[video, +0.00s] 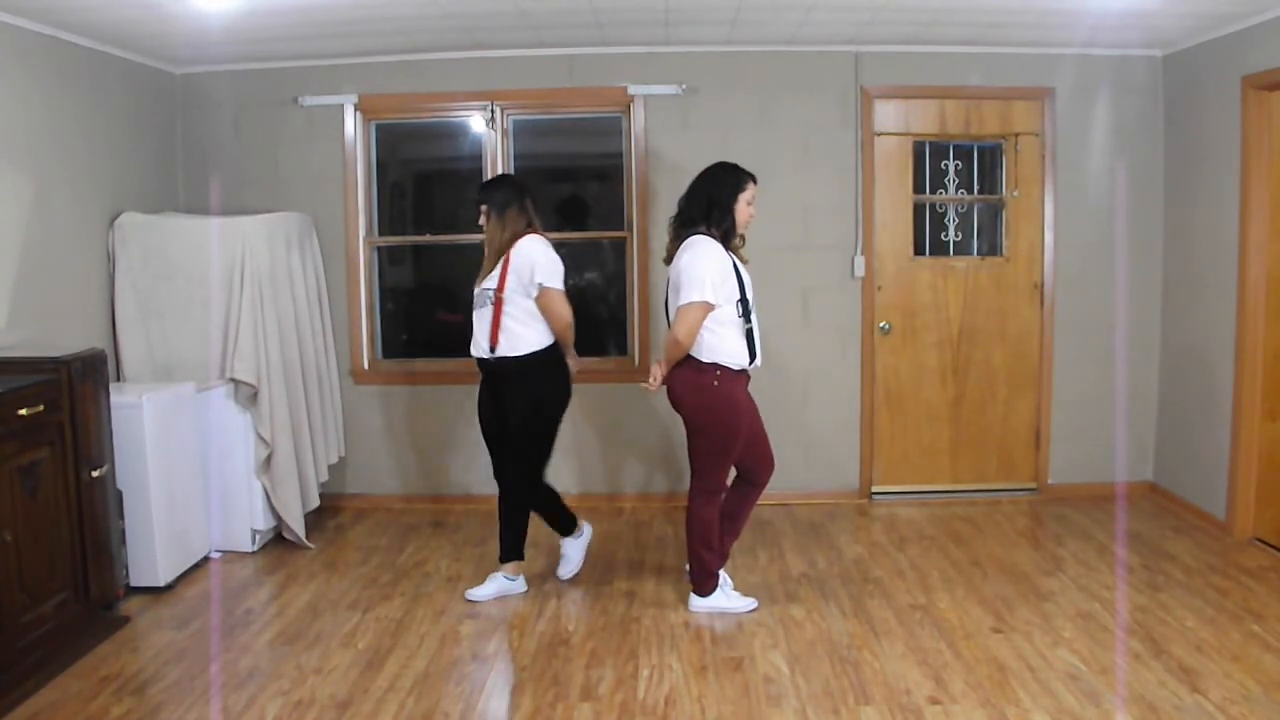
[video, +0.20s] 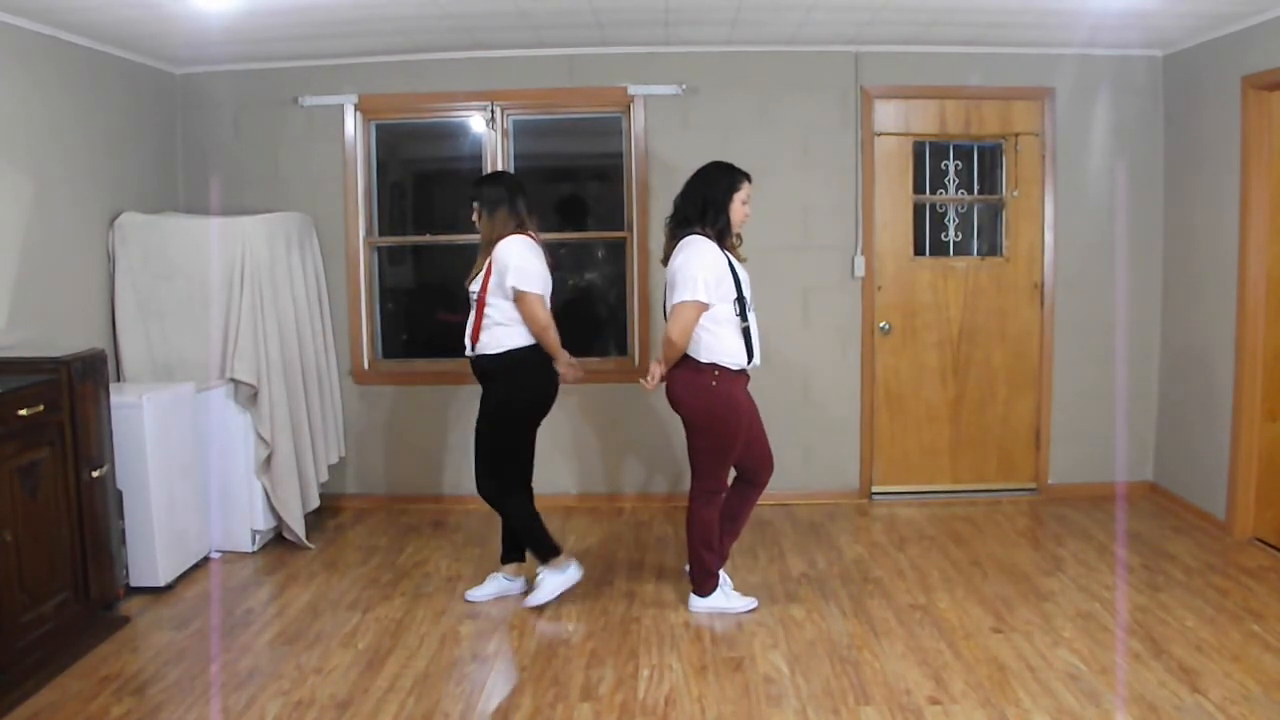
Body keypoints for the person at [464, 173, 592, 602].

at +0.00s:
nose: (481, 217)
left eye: (485, 209)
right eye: (481, 210)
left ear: (504, 210)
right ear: (512, 208)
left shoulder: (533, 248)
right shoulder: (497, 254)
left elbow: (560, 315)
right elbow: (508, 318)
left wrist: (568, 351)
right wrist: (560, 351)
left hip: (536, 373)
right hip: (498, 375)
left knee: (524, 476)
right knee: (508, 473)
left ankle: (575, 531)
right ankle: (512, 570)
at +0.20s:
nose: (475, 219)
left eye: (478, 210)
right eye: (476, 211)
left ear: (493, 210)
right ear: (512, 207)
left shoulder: (516, 249)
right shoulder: (502, 250)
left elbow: (535, 311)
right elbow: (526, 311)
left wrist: (561, 359)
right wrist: (560, 358)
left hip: (518, 370)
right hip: (509, 369)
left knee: (493, 481)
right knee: (510, 475)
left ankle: (556, 563)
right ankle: (513, 570)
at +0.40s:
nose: (476, 213)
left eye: (478, 205)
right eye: (478, 205)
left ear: (488, 206)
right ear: (521, 205)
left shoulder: (498, 249)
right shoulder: (542, 253)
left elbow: (516, 320)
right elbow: (559, 318)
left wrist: (553, 360)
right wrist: (557, 360)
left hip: (506, 372)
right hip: (535, 371)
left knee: (516, 488)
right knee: (517, 482)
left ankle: (550, 588)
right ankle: (512, 574)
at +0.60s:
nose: (477, 213)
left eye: (480, 205)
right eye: (479, 205)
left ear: (491, 207)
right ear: (524, 205)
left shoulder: (497, 252)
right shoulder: (552, 253)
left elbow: (519, 326)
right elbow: (570, 319)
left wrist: (561, 362)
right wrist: (563, 362)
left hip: (511, 374)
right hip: (546, 374)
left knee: (529, 482)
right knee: (519, 476)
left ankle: (553, 590)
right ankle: (510, 572)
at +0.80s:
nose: (485, 212)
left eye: (487, 205)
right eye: (486, 204)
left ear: (497, 207)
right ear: (530, 204)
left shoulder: (501, 254)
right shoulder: (556, 253)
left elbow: (527, 326)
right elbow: (574, 317)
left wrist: (570, 362)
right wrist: (572, 361)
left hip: (518, 374)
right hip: (551, 373)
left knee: (533, 484)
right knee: (518, 476)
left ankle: (553, 589)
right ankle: (510, 569)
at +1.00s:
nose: (489, 211)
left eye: (490, 202)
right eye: (491, 202)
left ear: (500, 205)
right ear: (535, 203)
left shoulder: (508, 253)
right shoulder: (560, 253)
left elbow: (535, 324)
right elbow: (578, 317)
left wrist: (574, 360)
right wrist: (578, 358)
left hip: (526, 375)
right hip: (552, 373)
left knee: (534, 481)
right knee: (510, 471)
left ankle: (554, 591)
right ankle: (534, 566)